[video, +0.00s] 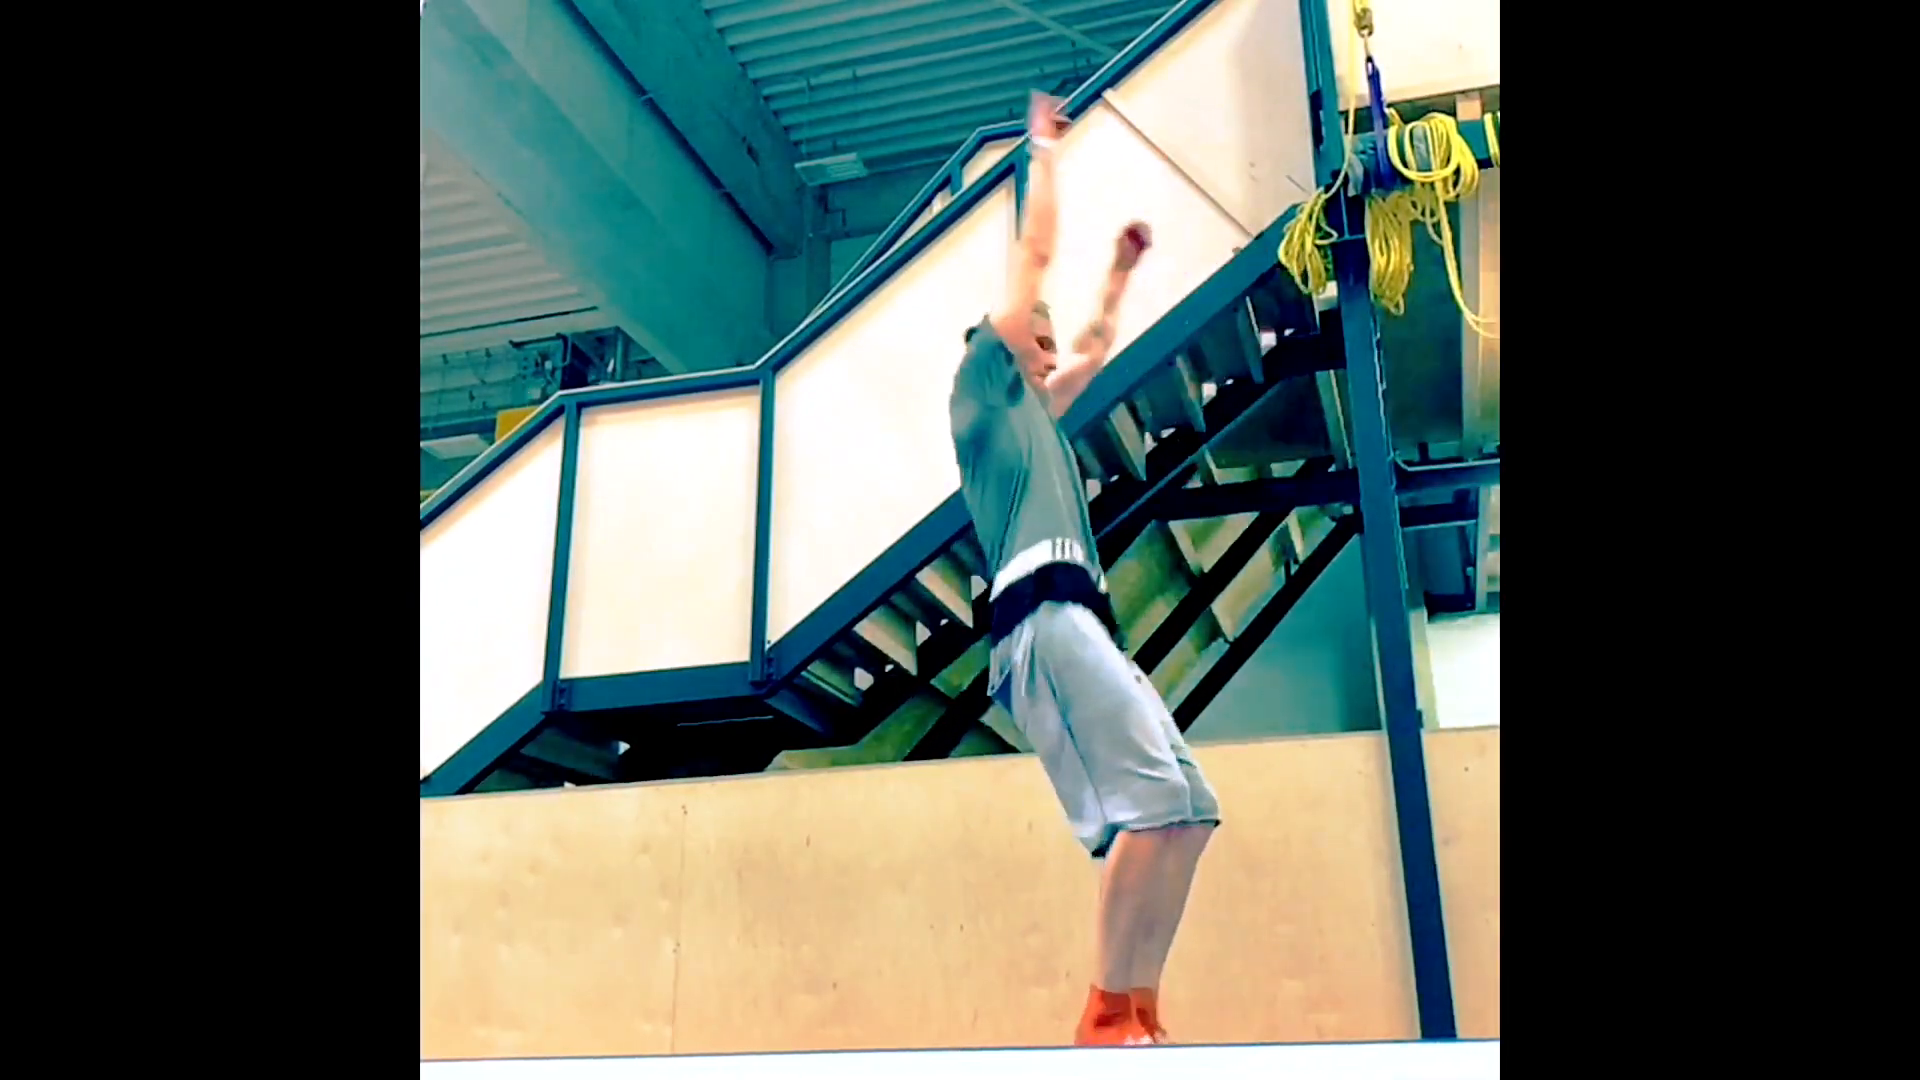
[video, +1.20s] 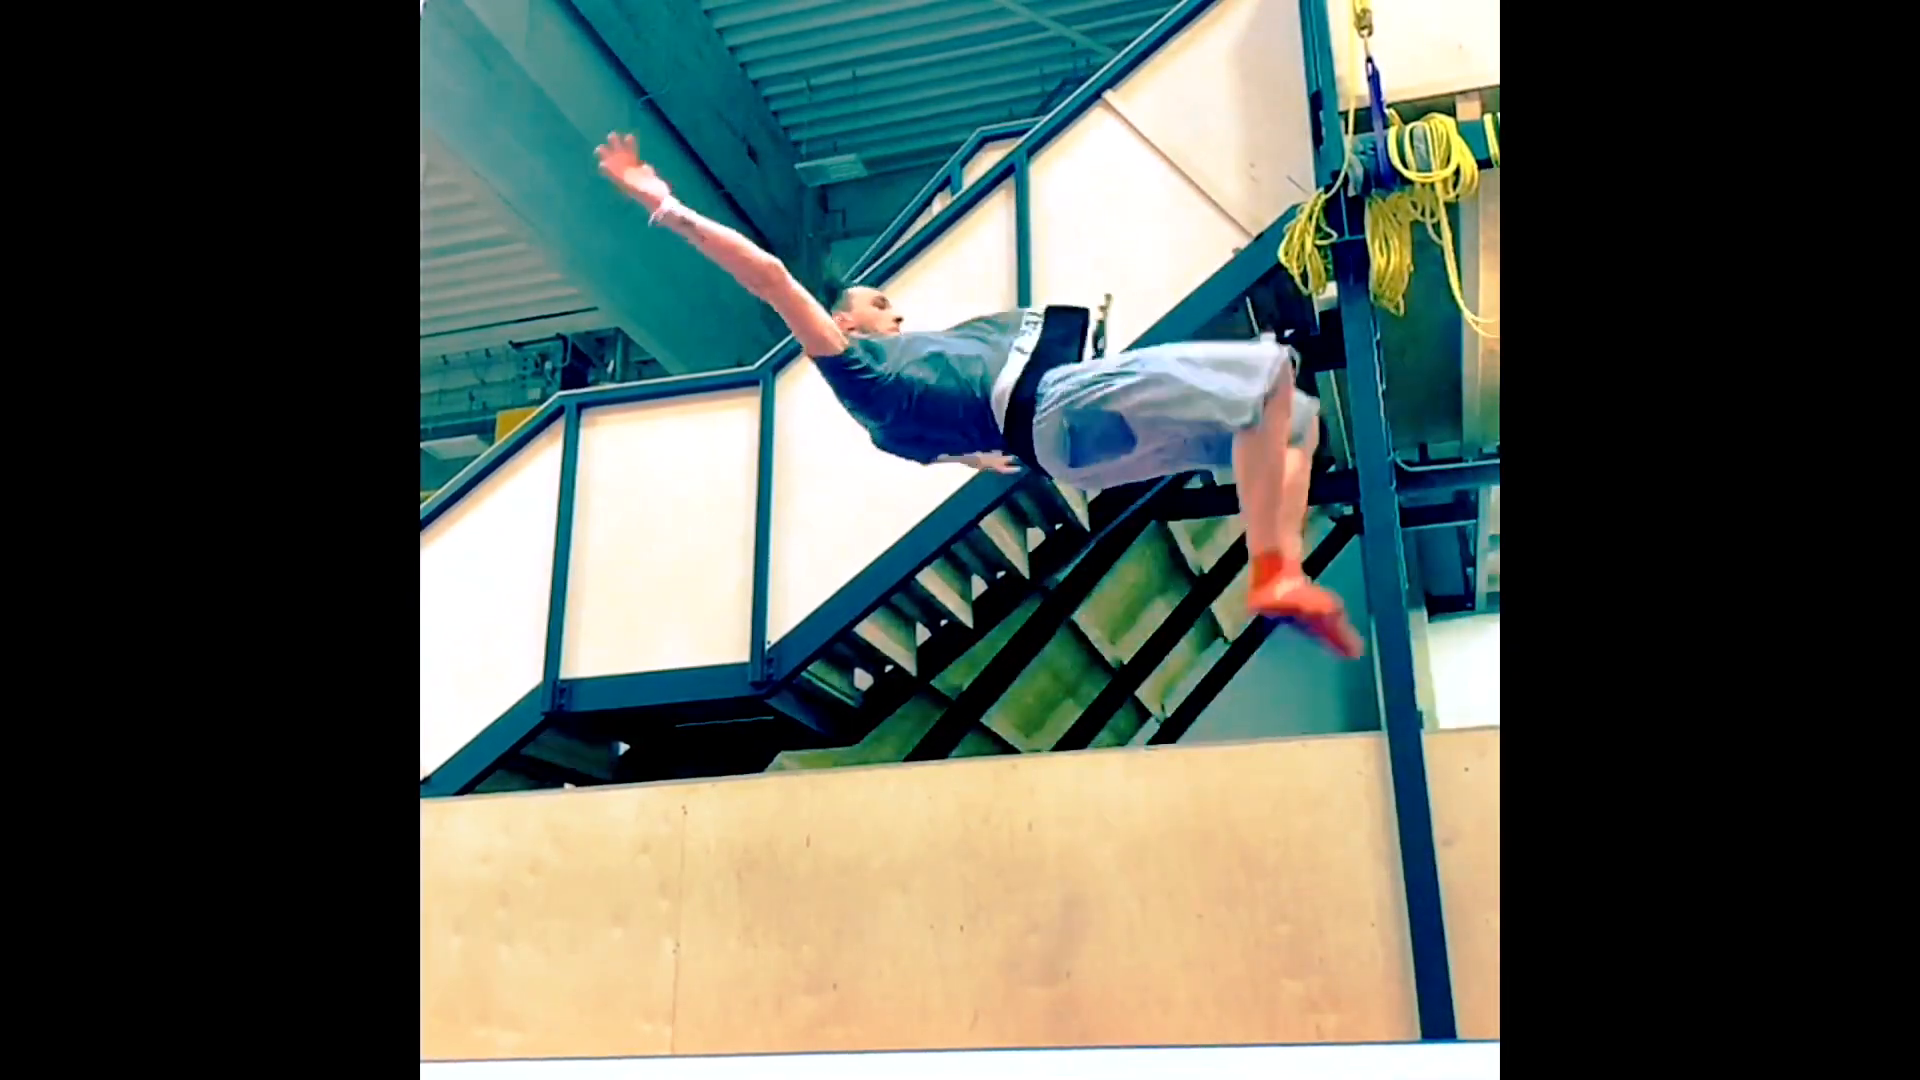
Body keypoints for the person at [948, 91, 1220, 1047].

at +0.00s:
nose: (1047, 342)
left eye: (1049, 334)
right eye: (1036, 328)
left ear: (1039, 355)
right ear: (1004, 336)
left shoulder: (1035, 417)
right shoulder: (985, 385)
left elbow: (1092, 351)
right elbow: (1031, 256)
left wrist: (1119, 272)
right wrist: (1044, 149)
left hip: (1076, 628)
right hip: (1044, 625)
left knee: (1190, 810)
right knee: (1155, 804)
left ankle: (1135, 1015)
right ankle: (1110, 1018)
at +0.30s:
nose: (1014, 324)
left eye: (1018, 316)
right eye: (998, 316)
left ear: (1018, 328)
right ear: (964, 322)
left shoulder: (1014, 392)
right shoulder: (953, 369)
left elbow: (1024, 344)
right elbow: (937, 226)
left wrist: (1031, 273)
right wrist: (905, 126)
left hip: (1112, 564)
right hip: (1070, 561)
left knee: (1190, 768)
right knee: (1137, 759)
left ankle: (1157, 966)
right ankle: (1126, 968)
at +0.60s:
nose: (991, 305)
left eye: (990, 298)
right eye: (973, 295)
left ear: (970, 315)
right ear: (928, 304)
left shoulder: (1000, 374)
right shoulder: (920, 343)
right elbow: (852, 231)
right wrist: (784, 151)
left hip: (1140, 511)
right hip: (1093, 500)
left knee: (1193, 716)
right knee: (1144, 698)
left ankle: (1176, 912)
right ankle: (1142, 912)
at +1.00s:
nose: (949, 293)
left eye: (947, 286)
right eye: (932, 287)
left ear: (937, 302)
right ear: (896, 306)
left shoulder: (973, 358)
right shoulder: (895, 347)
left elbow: (917, 411)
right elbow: (788, 263)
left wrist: (896, 410)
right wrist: (684, 214)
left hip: (1157, 443)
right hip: (1105, 437)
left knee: (1241, 626)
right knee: (1194, 602)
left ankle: (1189, 809)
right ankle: (1146, 800)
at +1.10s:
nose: (928, 292)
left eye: (924, 286)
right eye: (910, 289)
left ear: (915, 308)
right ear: (879, 310)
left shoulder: (948, 365)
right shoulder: (876, 348)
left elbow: (934, 429)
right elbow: (768, 276)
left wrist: (910, 445)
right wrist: (657, 237)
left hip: (1131, 412)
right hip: (1085, 408)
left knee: (1272, 561)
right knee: (1224, 533)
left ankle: (1217, 742)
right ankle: (1172, 721)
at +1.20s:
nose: (887, 299)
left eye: (881, 295)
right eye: (869, 301)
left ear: (887, 318)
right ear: (844, 333)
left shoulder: (937, 357)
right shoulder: (864, 380)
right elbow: (767, 274)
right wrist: (662, 204)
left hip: (1093, 397)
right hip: (1061, 408)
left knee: (1299, 420)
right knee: (1262, 373)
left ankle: (1282, 580)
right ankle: (1275, 570)